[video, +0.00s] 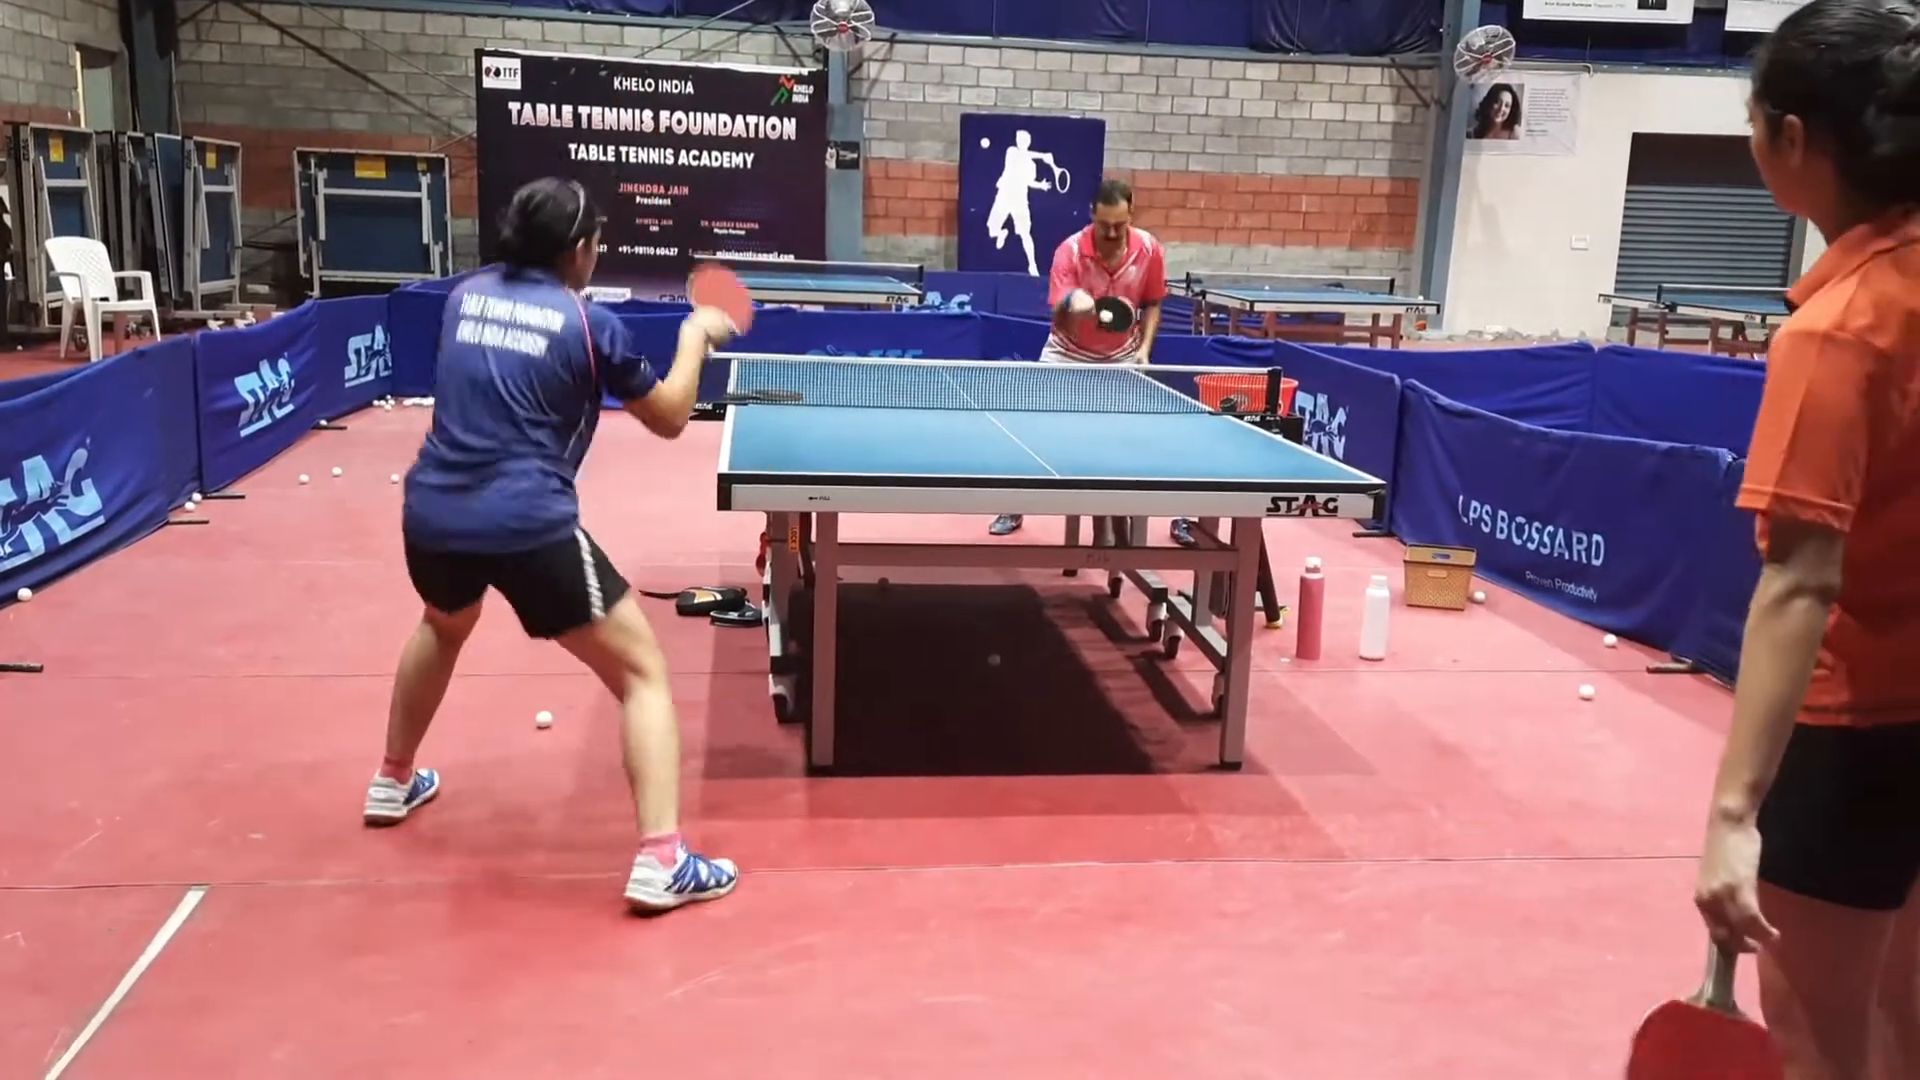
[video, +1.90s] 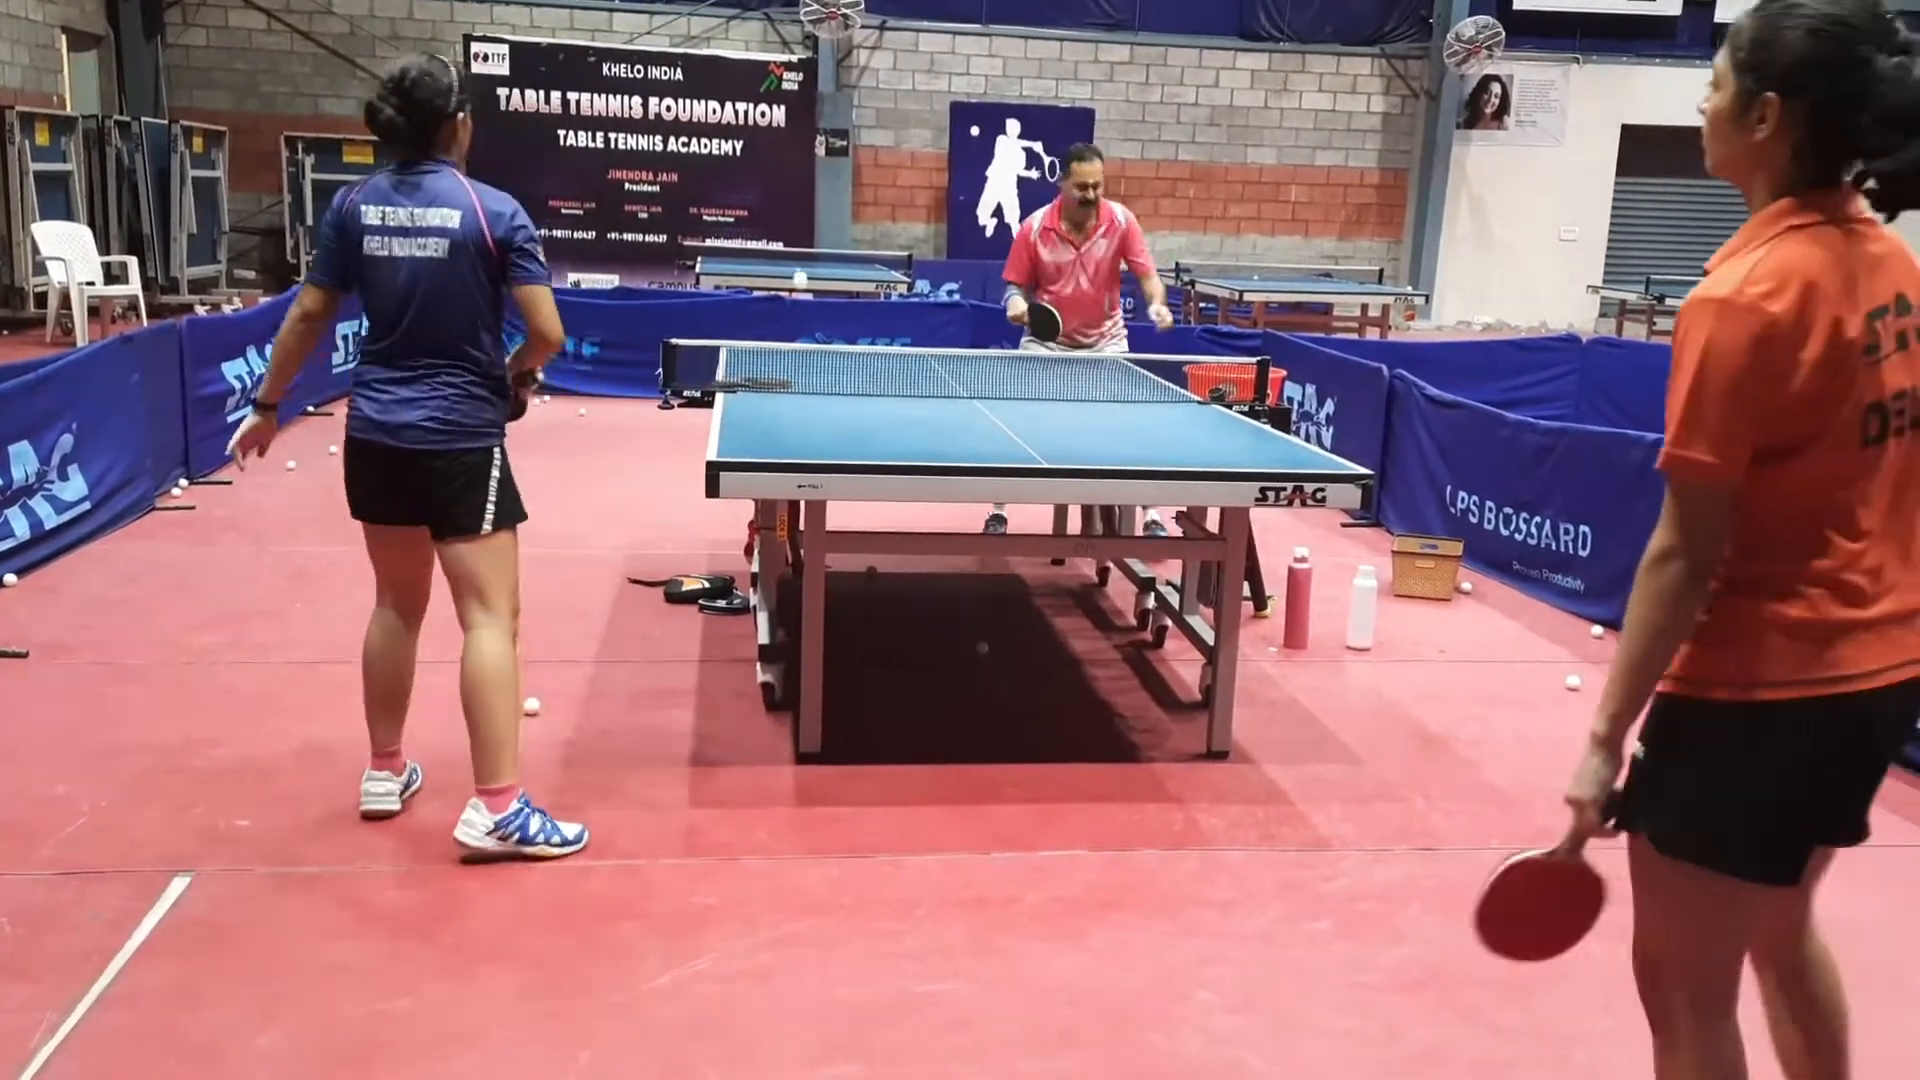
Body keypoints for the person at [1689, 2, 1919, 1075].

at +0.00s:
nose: (1755, 155)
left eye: (1757, 130)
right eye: (1757, 131)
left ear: (1800, 138)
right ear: (1905, 126)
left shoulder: (1844, 319)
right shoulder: (1903, 273)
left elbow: (1799, 583)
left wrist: (1734, 810)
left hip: (1852, 739)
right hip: (1913, 728)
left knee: (1816, 1033)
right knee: (1903, 1017)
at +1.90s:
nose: (1702, 100)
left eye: (1718, 82)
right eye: (1713, 78)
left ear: (1767, 119)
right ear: (1813, 123)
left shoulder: (1740, 302)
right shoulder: (1890, 255)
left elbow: (1686, 553)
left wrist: (1604, 737)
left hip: (1752, 697)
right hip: (1874, 678)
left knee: (1684, 989)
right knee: (1782, 924)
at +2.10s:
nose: (1664, 117)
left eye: (1674, 96)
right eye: (1669, 94)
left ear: (1725, 116)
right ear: (1782, 120)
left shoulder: (1719, 306)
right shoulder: (1866, 250)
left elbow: (1639, 559)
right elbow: (1878, 478)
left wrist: (1547, 747)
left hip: (1732, 698)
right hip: (1841, 674)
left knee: (1696, 1008)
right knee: (1696, 982)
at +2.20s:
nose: (1640, 136)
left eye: (1650, 113)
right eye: (1644, 113)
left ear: (1706, 124)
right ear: (1748, 123)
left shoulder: (1716, 317)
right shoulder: (1842, 252)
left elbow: (1630, 567)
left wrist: (1532, 754)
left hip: (1724, 696)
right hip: (1811, 669)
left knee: (1694, 1009)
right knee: (1600, 891)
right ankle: (1617, 1079)